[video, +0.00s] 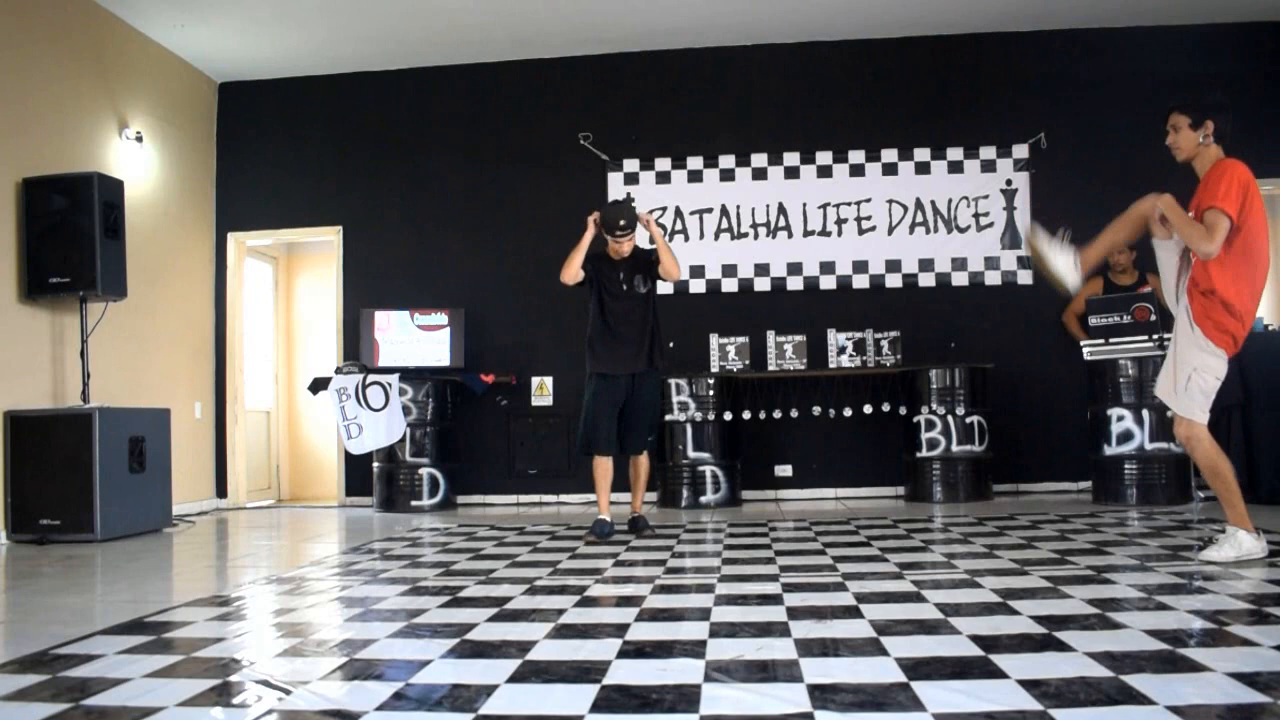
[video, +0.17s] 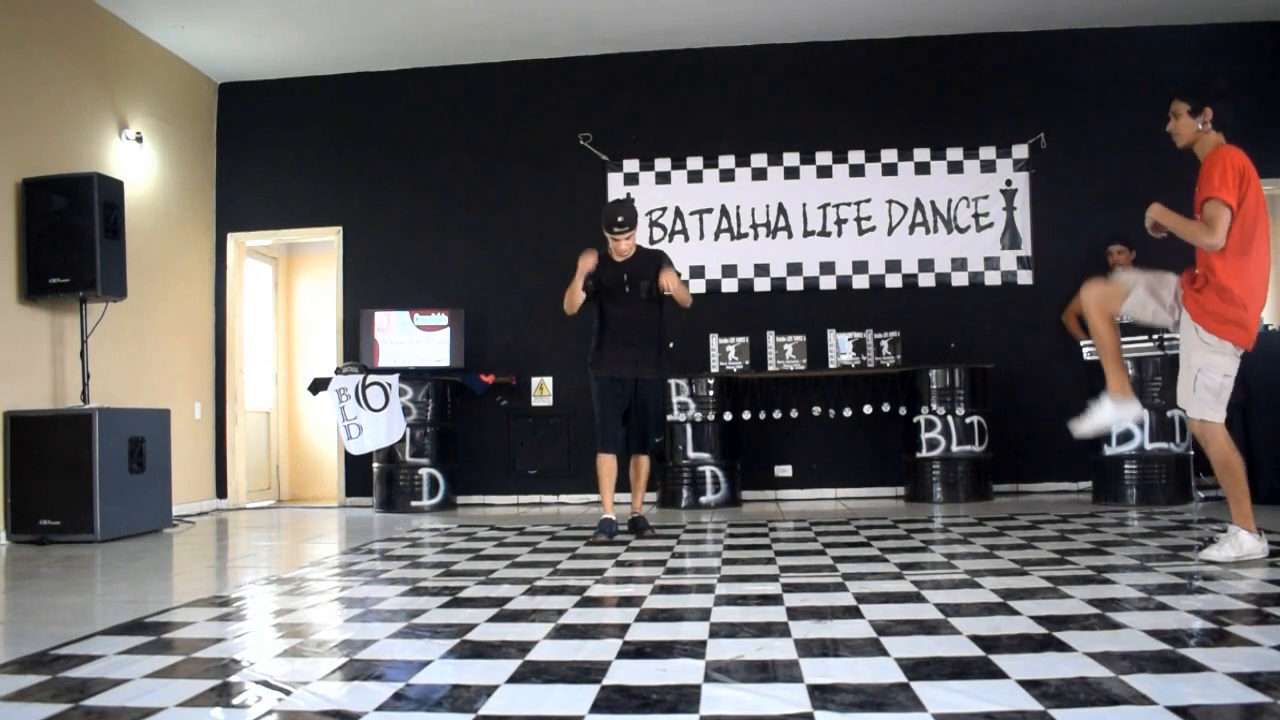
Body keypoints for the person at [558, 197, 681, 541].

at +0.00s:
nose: (622, 247)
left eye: (627, 241)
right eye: (616, 242)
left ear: (635, 235)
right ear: (604, 236)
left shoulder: (646, 259)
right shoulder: (594, 261)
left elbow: (673, 273)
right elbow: (568, 276)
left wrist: (655, 233)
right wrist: (589, 234)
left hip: (644, 368)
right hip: (605, 368)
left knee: (640, 443)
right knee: (602, 443)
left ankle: (637, 513)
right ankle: (603, 517)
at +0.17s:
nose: (622, 245)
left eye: (627, 238)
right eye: (615, 239)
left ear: (636, 231)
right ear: (605, 234)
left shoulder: (656, 260)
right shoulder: (595, 264)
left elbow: (686, 302)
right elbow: (570, 308)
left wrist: (674, 285)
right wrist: (581, 272)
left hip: (648, 368)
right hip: (607, 368)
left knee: (642, 442)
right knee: (608, 441)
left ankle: (637, 514)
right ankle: (608, 516)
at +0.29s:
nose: (620, 242)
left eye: (625, 234)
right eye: (613, 235)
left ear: (635, 230)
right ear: (604, 232)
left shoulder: (657, 263)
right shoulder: (595, 268)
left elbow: (679, 305)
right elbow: (575, 311)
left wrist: (670, 321)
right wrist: (582, 320)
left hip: (649, 370)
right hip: (608, 369)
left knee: (643, 443)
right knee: (608, 442)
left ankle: (637, 515)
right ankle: (607, 519)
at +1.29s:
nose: (678, 222)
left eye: (685, 215)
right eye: (672, 213)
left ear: (692, 211)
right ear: (658, 200)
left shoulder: (695, 245)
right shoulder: (626, 241)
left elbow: (701, 301)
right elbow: (606, 299)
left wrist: (695, 329)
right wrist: (619, 344)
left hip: (680, 364)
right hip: (635, 362)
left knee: (689, 448)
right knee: (625, 447)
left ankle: (694, 531)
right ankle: (617, 525)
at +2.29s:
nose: (632, 195)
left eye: (634, 188)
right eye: (622, 189)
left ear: (638, 191)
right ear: (599, 195)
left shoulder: (657, 234)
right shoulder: (584, 251)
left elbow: (673, 291)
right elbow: (578, 309)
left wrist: (677, 338)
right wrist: (591, 348)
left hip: (657, 361)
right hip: (608, 365)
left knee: (675, 449)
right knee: (601, 453)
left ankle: (690, 531)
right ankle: (595, 539)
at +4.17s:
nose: (651, 213)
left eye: (658, 206)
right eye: (643, 205)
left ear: (667, 200)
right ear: (628, 197)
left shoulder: (681, 238)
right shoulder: (604, 240)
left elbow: (698, 293)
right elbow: (594, 297)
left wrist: (692, 334)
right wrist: (601, 341)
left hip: (672, 362)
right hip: (621, 364)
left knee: (686, 446)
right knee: (614, 449)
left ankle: (687, 529)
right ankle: (610, 531)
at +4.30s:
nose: (647, 209)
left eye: (655, 200)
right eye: (640, 200)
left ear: (668, 193)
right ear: (630, 195)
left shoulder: (695, 233)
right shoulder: (620, 237)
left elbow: (718, 291)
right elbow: (614, 287)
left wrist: (698, 335)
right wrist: (607, 326)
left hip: (673, 359)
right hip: (623, 355)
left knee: (682, 445)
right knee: (589, 430)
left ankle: (681, 530)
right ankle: (564, 513)